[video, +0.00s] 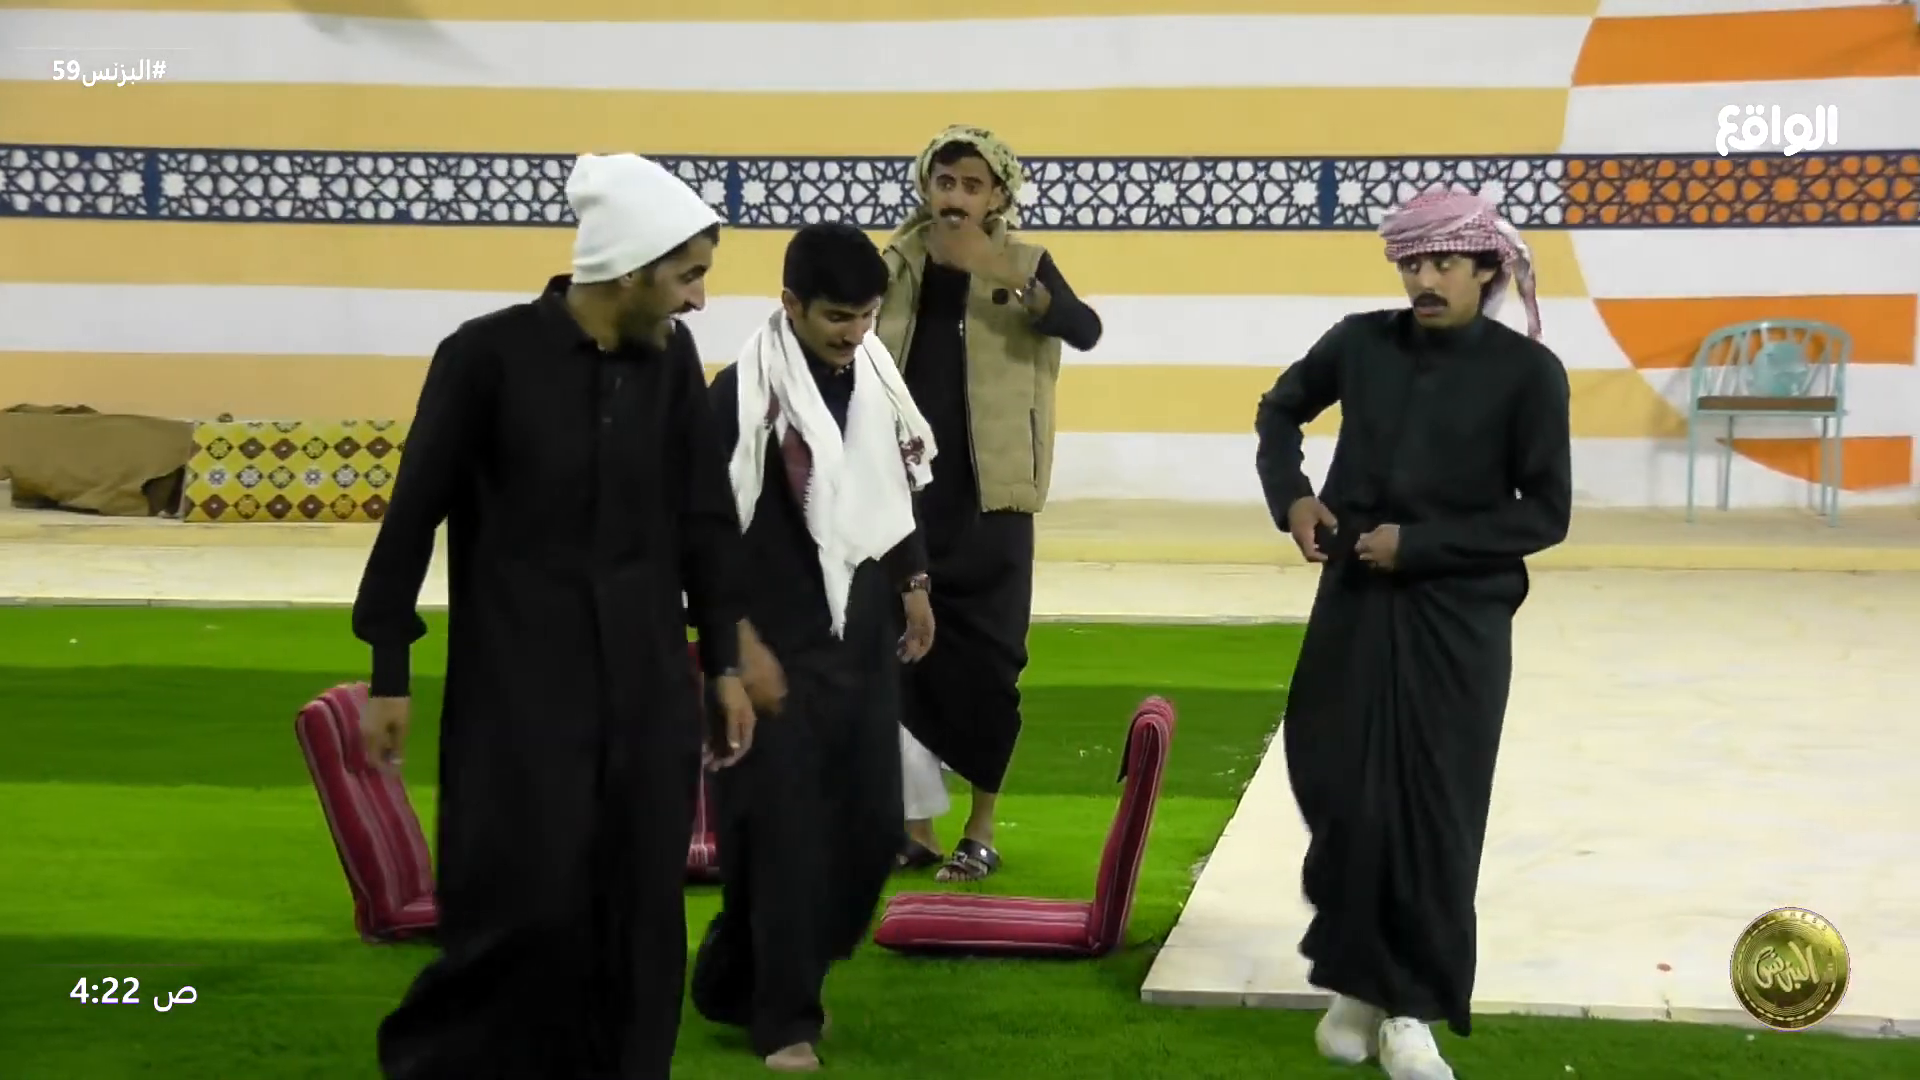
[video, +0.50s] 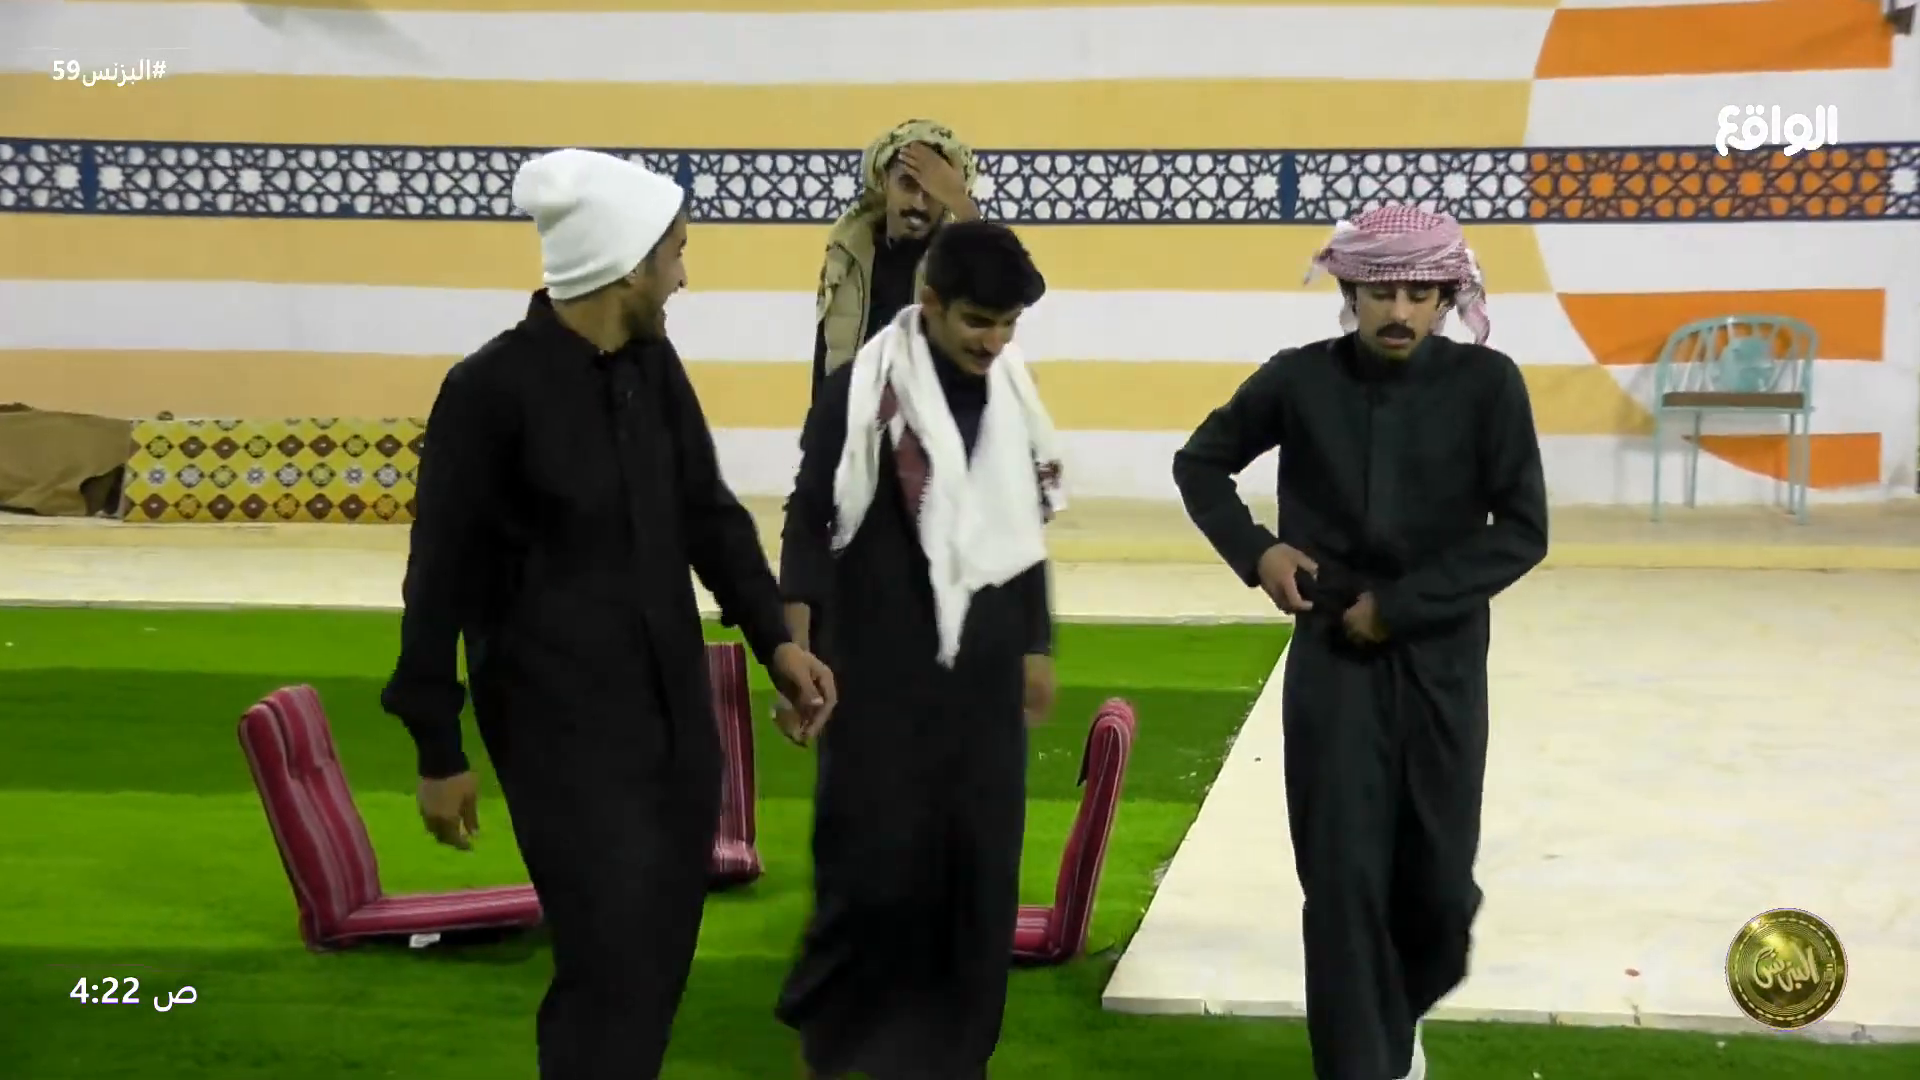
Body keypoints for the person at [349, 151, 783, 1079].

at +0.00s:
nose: (702, 289)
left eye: (705, 270)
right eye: (688, 271)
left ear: (635, 267)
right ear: (625, 268)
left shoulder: (670, 359)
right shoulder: (483, 358)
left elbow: (705, 519)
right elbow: (410, 519)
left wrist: (725, 662)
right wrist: (387, 677)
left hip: (644, 697)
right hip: (515, 698)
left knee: (637, 941)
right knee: (514, 934)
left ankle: (627, 1069)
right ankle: (432, 1057)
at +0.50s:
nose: (683, 276)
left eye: (681, 253)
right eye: (671, 254)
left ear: (615, 264)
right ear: (615, 263)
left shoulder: (651, 366)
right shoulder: (489, 390)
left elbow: (708, 511)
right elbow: (435, 579)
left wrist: (777, 638)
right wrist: (438, 752)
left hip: (673, 720)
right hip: (560, 731)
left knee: (660, 969)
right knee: (607, 974)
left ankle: (620, 1073)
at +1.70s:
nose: (943, 256)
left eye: (935, 224)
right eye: (914, 224)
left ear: (854, 249)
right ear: (832, 248)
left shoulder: (927, 387)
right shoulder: (705, 404)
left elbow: (974, 593)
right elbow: (655, 648)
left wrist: (1059, 616)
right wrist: (865, 738)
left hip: (925, 832)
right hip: (764, 844)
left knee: (926, 1057)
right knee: (872, 1056)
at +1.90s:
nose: (1006, 300)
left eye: (1002, 268)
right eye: (997, 268)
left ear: (938, 279)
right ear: (939, 280)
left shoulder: (909, 429)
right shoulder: (817, 432)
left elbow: (950, 636)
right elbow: (864, 661)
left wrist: (1114, 595)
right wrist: (1085, 715)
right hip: (877, 918)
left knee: (1013, 1056)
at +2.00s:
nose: (1034, 289)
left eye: (1033, 257)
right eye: (1029, 257)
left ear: (956, 266)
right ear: (975, 268)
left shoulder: (844, 400)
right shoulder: (897, 402)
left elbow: (948, 617)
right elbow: (1017, 616)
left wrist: (1087, 550)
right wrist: (1179, 619)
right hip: (955, 904)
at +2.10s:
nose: (1057, 278)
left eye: (1058, 247)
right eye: (1053, 247)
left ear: (958, 248)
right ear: (1001, 253)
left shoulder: (843, 390)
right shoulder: (942, 388)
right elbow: (1128, 608)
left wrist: (1057, 508)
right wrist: (1199, 546)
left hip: (902, 902)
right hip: (997, 911)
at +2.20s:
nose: (1096, 268)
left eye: (1093, 242)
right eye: (1093, 244)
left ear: (956, 248)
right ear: (1060, 255)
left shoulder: (860, 397)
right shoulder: (1011, 388)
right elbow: (1187, 592)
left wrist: (1106, 499)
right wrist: (1269, 505)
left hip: (916, 908)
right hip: (1042, 915)